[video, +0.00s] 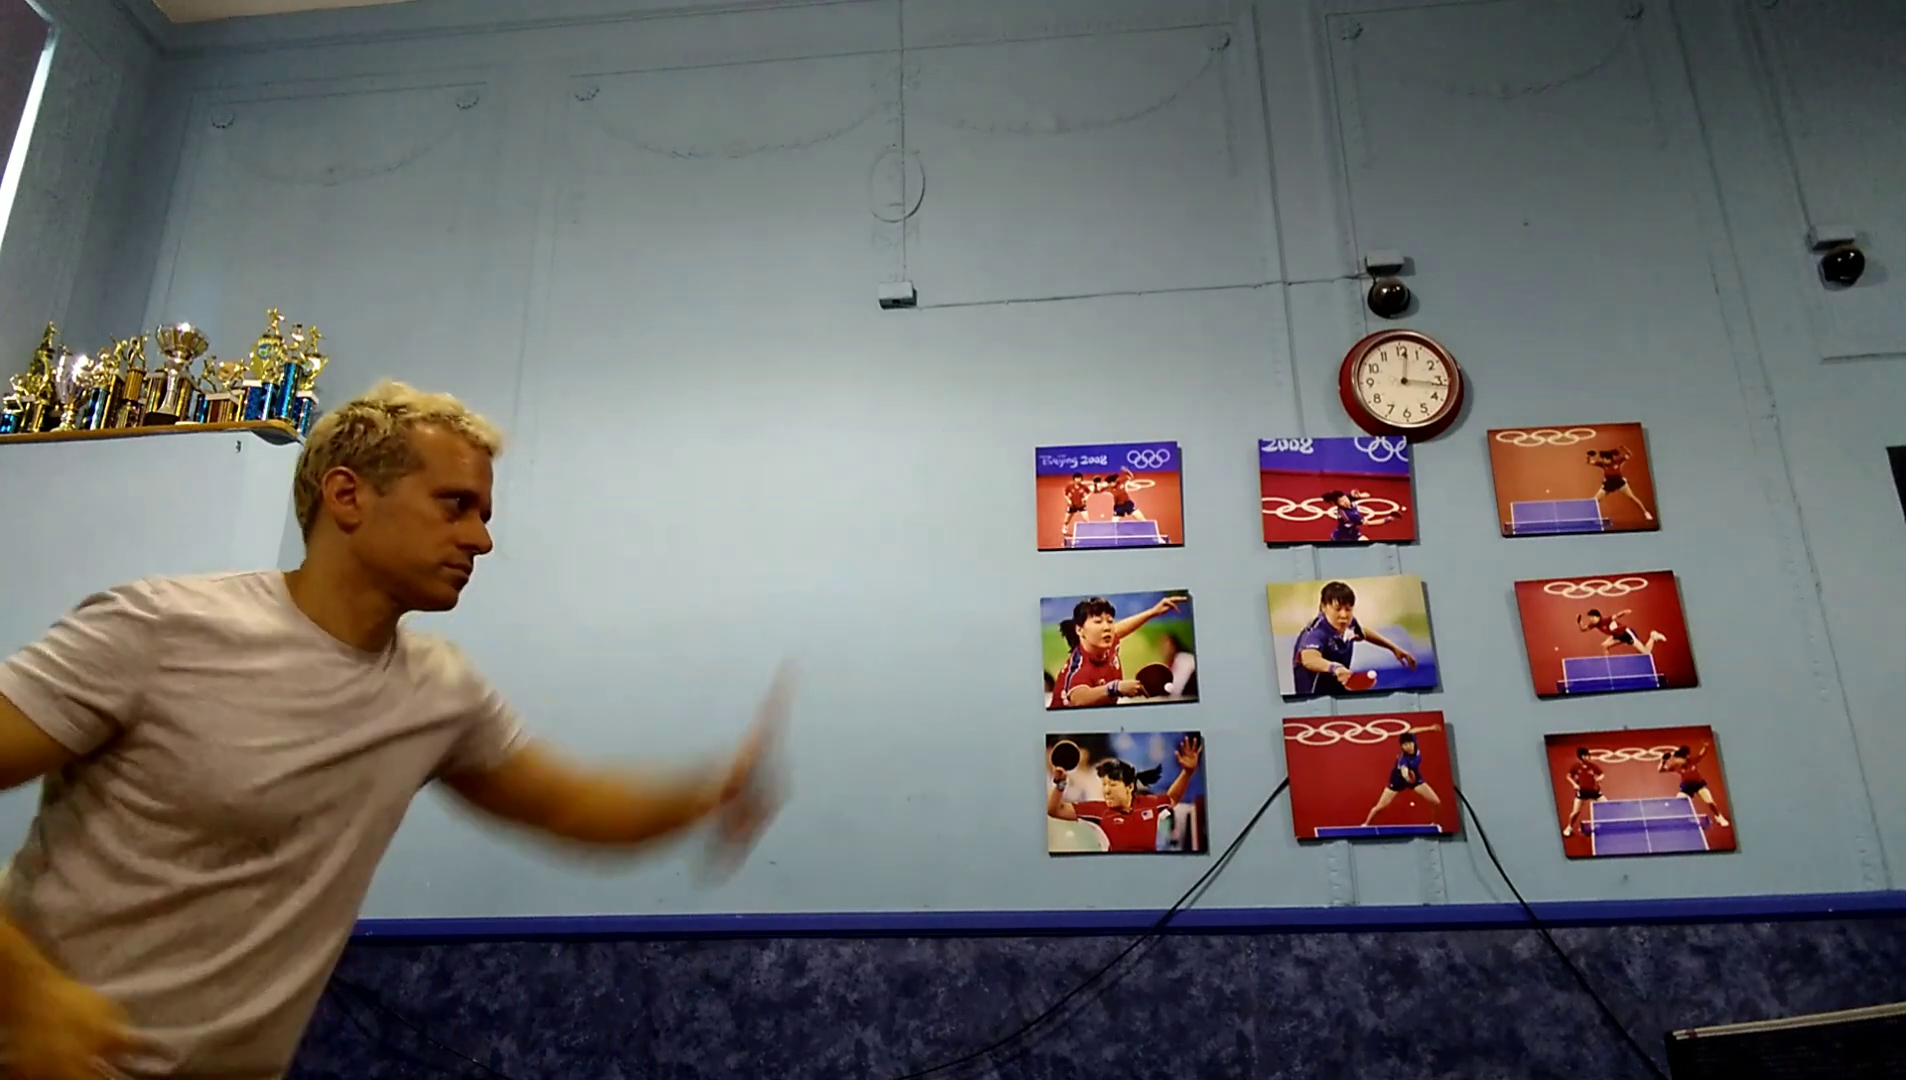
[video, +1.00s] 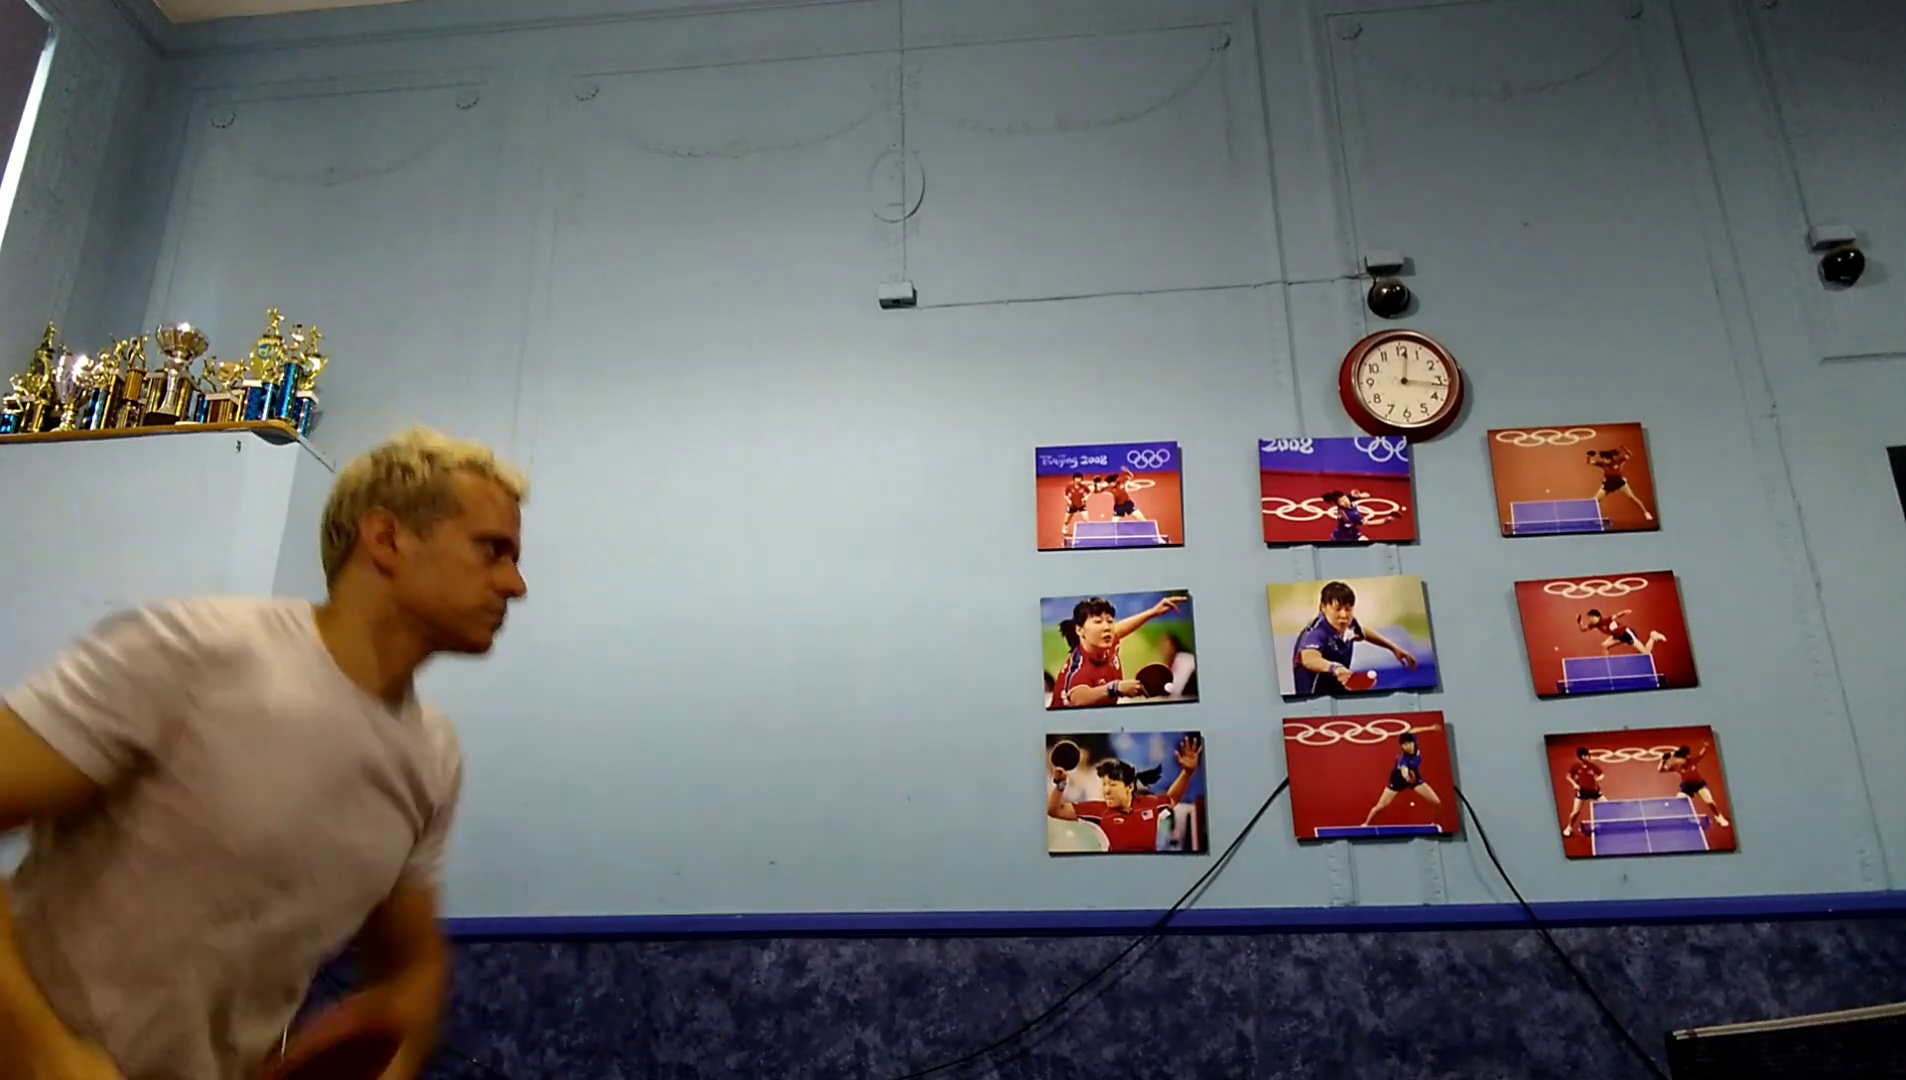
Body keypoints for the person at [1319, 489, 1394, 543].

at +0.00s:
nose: (1344, 502)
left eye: (1344, 499)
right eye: (1341, 502)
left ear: (1346, 497)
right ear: (1338, 505)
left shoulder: (1350, 499)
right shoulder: (1350, 515)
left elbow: (1367, 496)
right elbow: (1367, 523)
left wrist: (1359, 495)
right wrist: (1386, 520)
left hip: (1355, 535)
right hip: (1341, 538)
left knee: (1370, 547)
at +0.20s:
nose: (1344, 502)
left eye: (1344, 499)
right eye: (1341, 502)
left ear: (1346, 497)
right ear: (1338, 505)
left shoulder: (1350, 499)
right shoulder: (1349, 515)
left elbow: (1367, 496)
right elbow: (1367, 523)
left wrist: (1359, 495)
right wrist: (1385, 520)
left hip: (1355, 535)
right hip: (1341, 538)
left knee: (1370, 547)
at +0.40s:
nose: (1344, 502)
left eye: (1344, 499)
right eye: (1341, 502)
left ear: (1346, 497)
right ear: (1338, 505)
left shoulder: (1350, 500)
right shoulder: (1349, 515)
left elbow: (1367, 496)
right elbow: (1367, 523)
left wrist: (1359, 495)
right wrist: (1385, 520)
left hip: (1355, 536)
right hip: (1341, 538)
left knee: (1370, 547)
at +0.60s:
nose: (1344, 502)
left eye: (1344, 499)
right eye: (1341, 502)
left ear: (1346, 497)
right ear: (1338, 505)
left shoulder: (1350, 500)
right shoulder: (1349, 515)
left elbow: (1367, 496)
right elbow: (1367, 523)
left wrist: (1359, 495)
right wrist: (1385, 520)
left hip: (1355, 536)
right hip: (1341, 537)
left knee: (1370, 547)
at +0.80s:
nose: (1344, 502)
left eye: (1344, 499)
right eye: (1341, 502)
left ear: (1346, 497)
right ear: (1338, 505)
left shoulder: (1350, 500)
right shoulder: (1349, 515)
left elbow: (1367, 496)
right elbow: (1367, 523)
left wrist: (1359, 495)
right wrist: (1385, 520)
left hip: (1355, 536)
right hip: (1341, 537)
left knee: (1370, 547)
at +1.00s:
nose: (1344, 502)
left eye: (1344, 499)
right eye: (1341, 502)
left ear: (1346, 497)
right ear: (1338, 505)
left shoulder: (1349, 498)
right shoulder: (1350, 515)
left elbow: (1368, 496)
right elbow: (1367, 523)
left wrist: (1360, 495)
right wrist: (1384, 520)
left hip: (1355, 535)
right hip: (1341, 538)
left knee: (1369, 547)